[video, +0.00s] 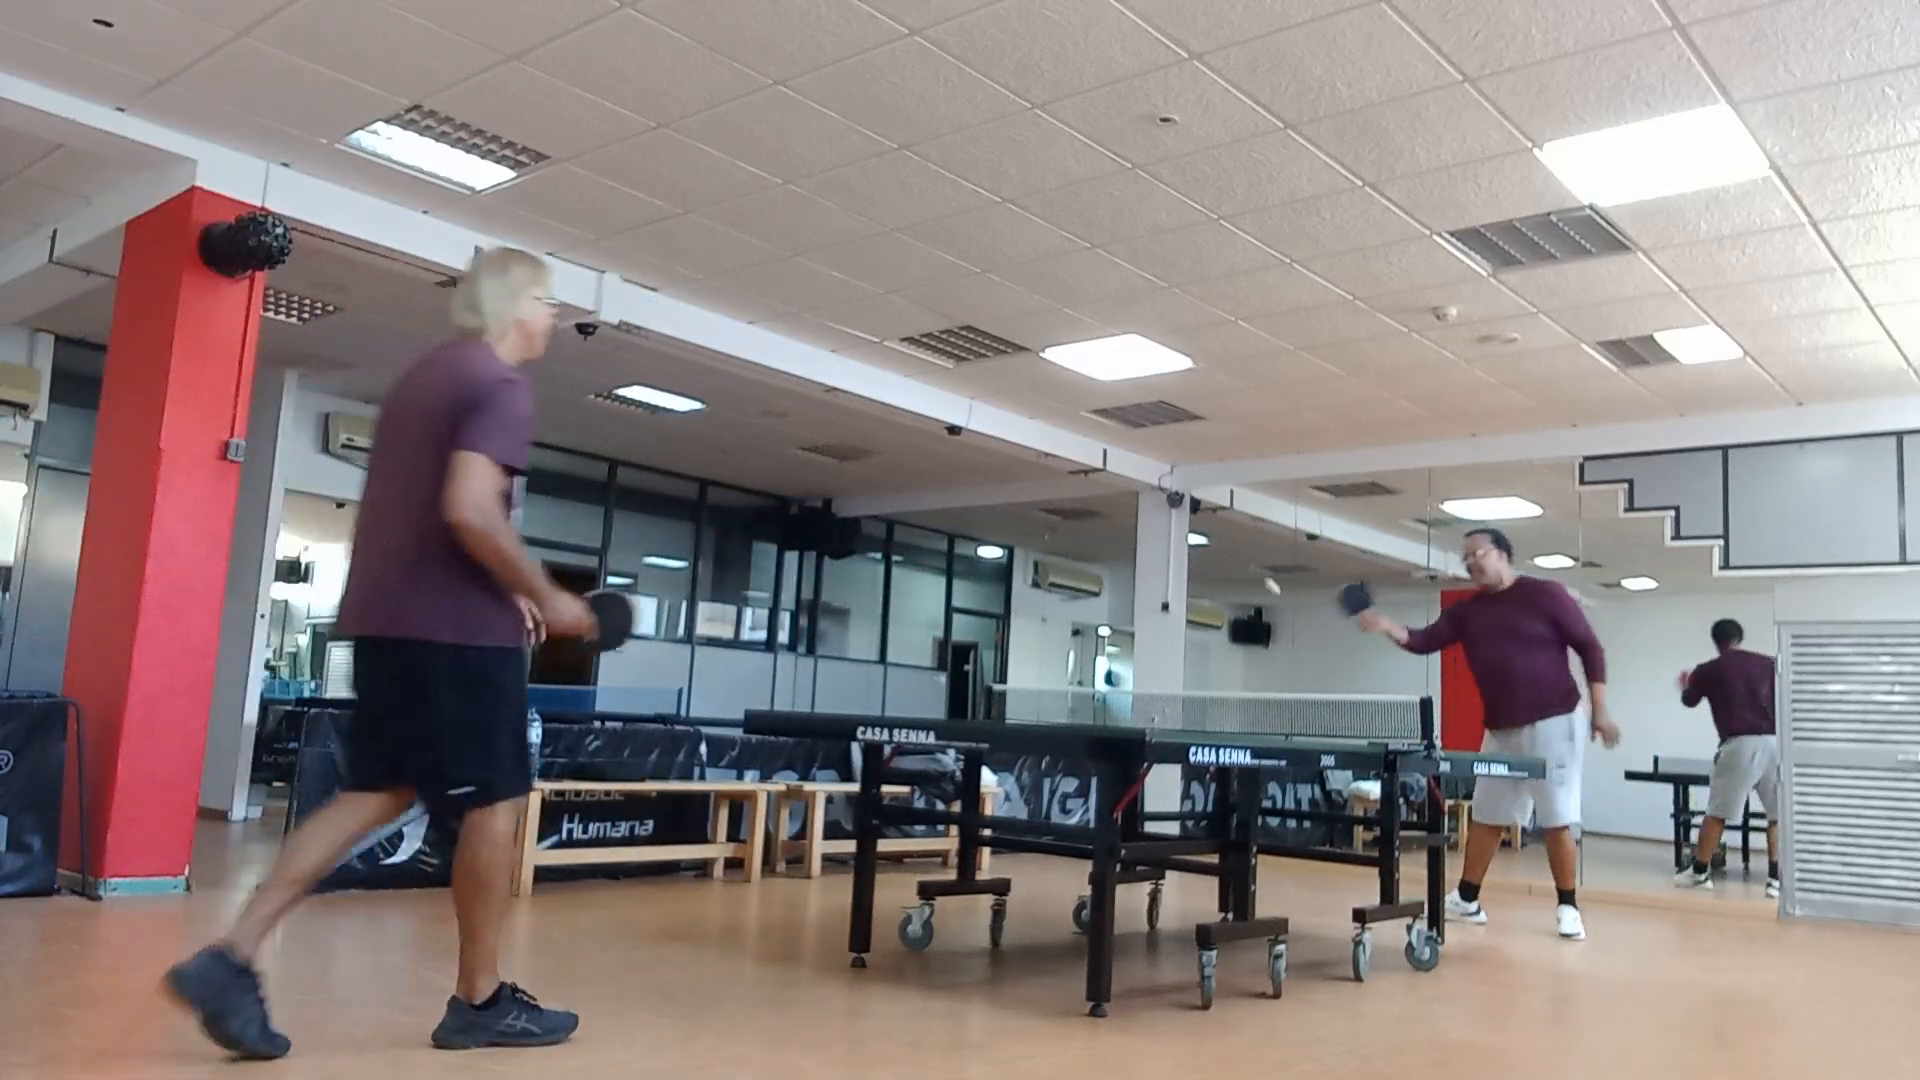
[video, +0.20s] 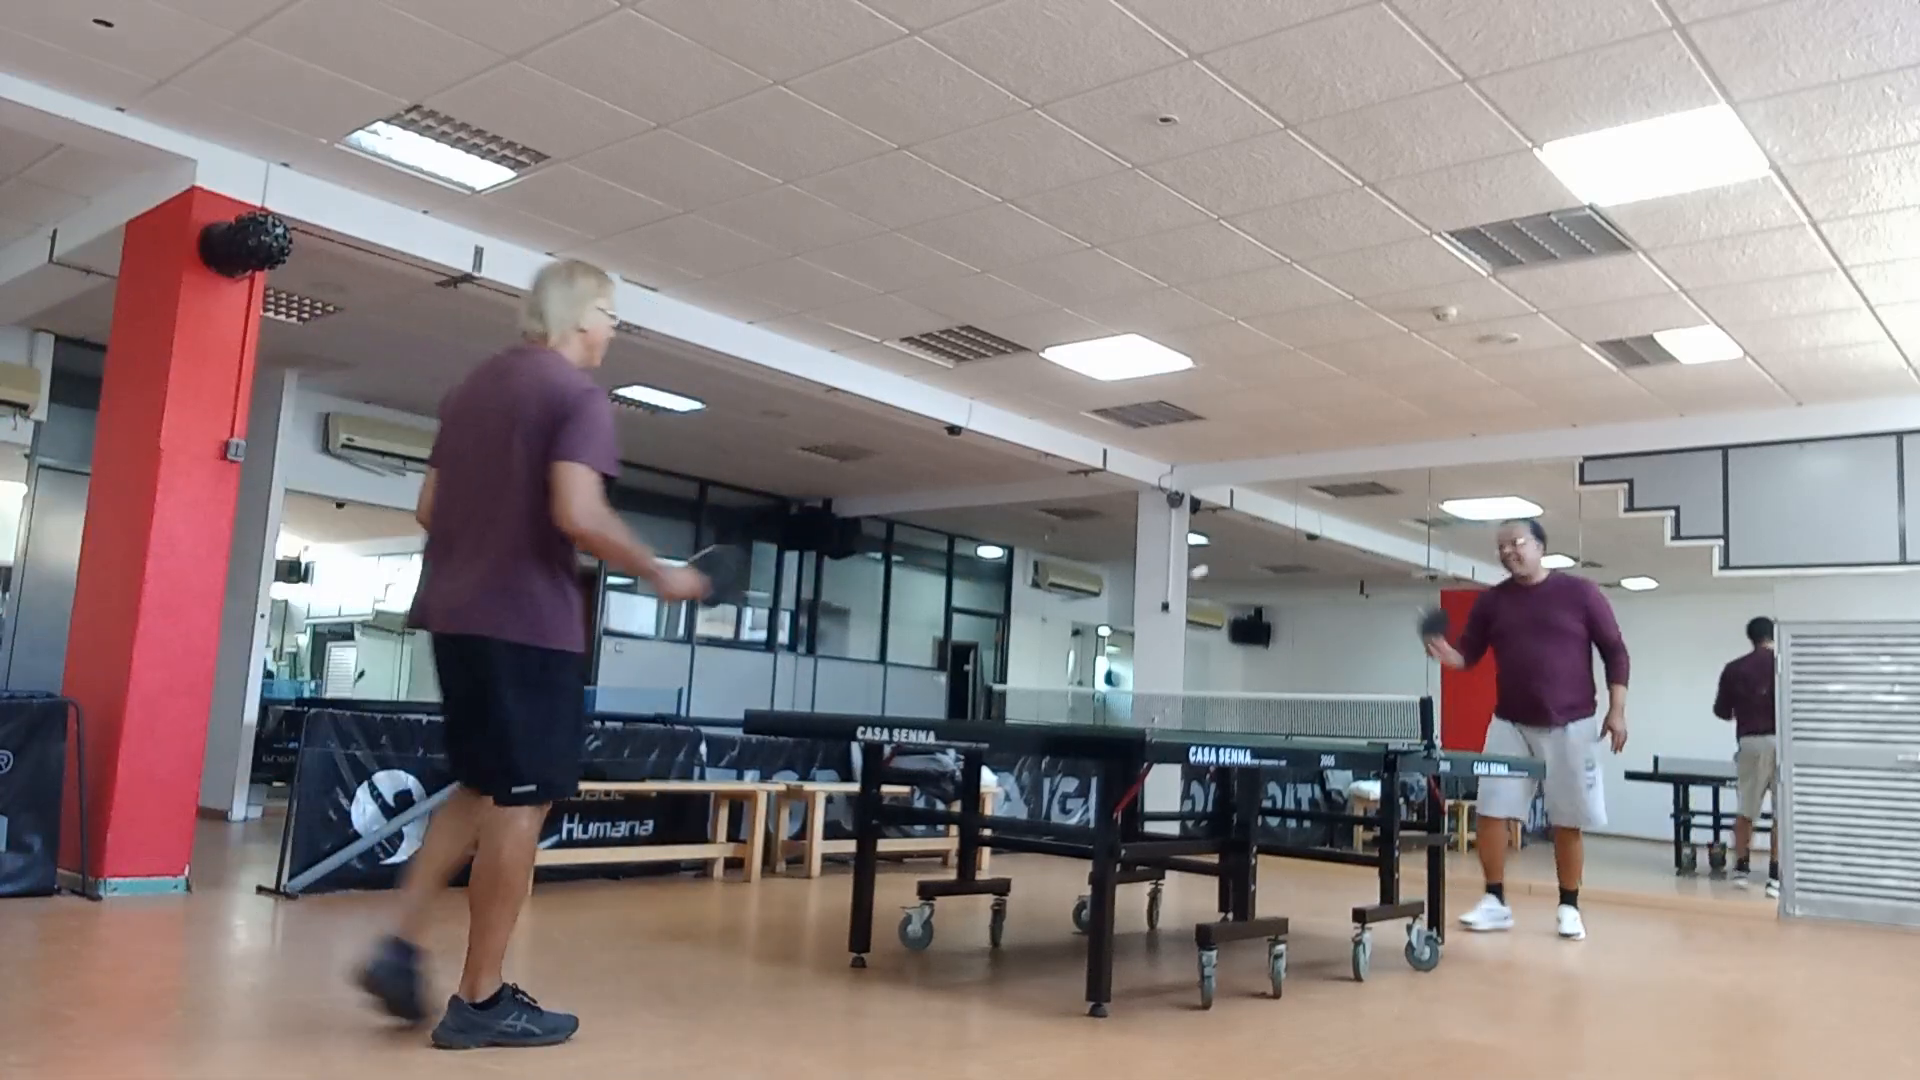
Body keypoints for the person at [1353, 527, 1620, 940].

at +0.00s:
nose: (1470, 561)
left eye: (1477, 553)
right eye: (1466, 557)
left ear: (1502, 553)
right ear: (1466, 566)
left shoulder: (1546, 594)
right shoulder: (1465, 611)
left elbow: (1591, 647)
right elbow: (1423, 641)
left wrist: (1600, 710)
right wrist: (1386, 627)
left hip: (1556, 722)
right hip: (1502, 729)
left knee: (1558, 821)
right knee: (1485, 816)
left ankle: (1568, 907)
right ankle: (1466, 900)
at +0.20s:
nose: (1511, 550)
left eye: (1518, 541)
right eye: (1504, 546)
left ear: (1540, 545)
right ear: (1499, 556)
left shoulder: (1581, 593)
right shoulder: (1492, 601)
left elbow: (1615, 650)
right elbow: (1466, 656)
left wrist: (1617, 709)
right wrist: (1446, 651)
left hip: (1570, 727)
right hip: (1510, 725)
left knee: (1569, 820)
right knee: (1490, 809)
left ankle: (1569, 908)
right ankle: (1495, 903)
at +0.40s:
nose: (1531, 549)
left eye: (1540, 542)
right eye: (1524, 544)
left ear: (1561, 547)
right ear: (1517, 552)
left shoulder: (1595, 594)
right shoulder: (1501, 599)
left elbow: (1629, 653)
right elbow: (1486, 658)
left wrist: (1630, 706)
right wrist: (1485, 690)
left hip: (1582, 726)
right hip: (1523, 725)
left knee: (1573, 819)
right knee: (1527, 809)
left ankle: (1569, 908)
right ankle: (1532, 907)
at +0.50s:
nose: (1532, 549)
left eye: (1541, 541)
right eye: (1525, 544)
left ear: (1563, 546)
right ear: (1519, 552)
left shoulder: (1598, 592)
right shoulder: (1502, 601)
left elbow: (1632, 649)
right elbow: (1486, 659)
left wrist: (1641, 704)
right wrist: (1487, 696)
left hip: (1588, 726)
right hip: (1531, 726)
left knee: (1577, 826)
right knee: (1545, 819)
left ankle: (1569, 906)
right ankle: (1547, 917)